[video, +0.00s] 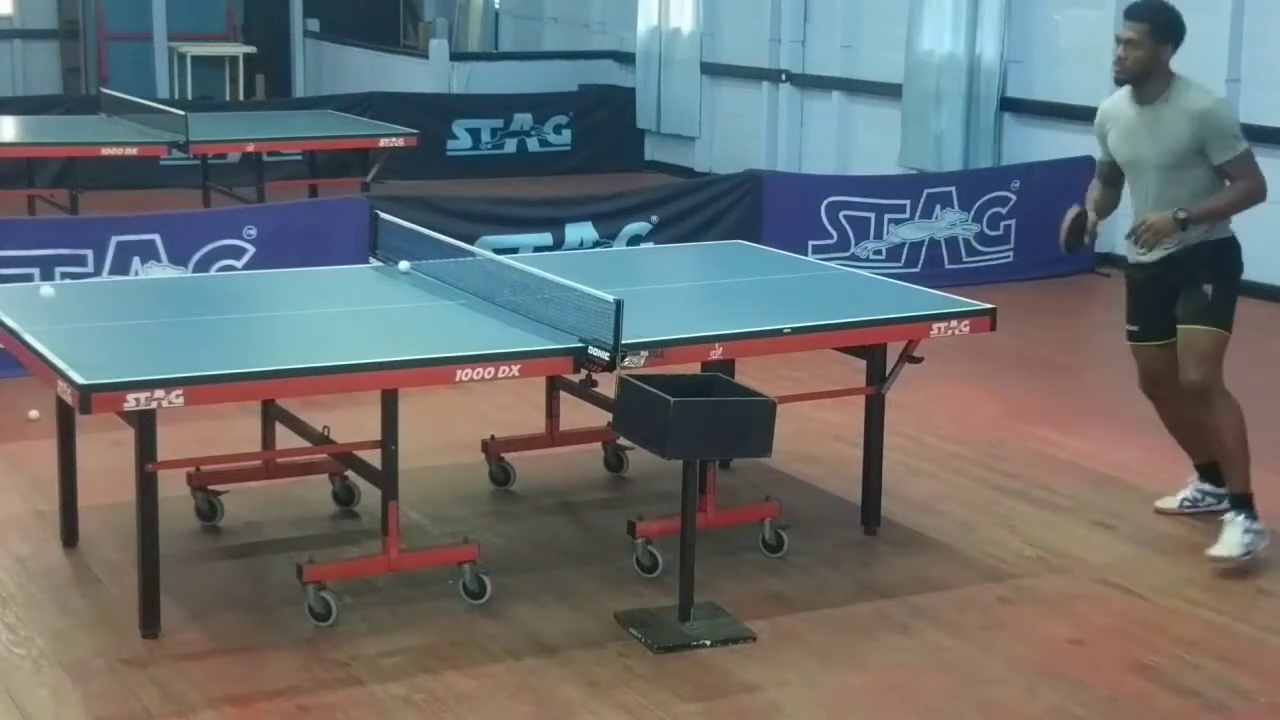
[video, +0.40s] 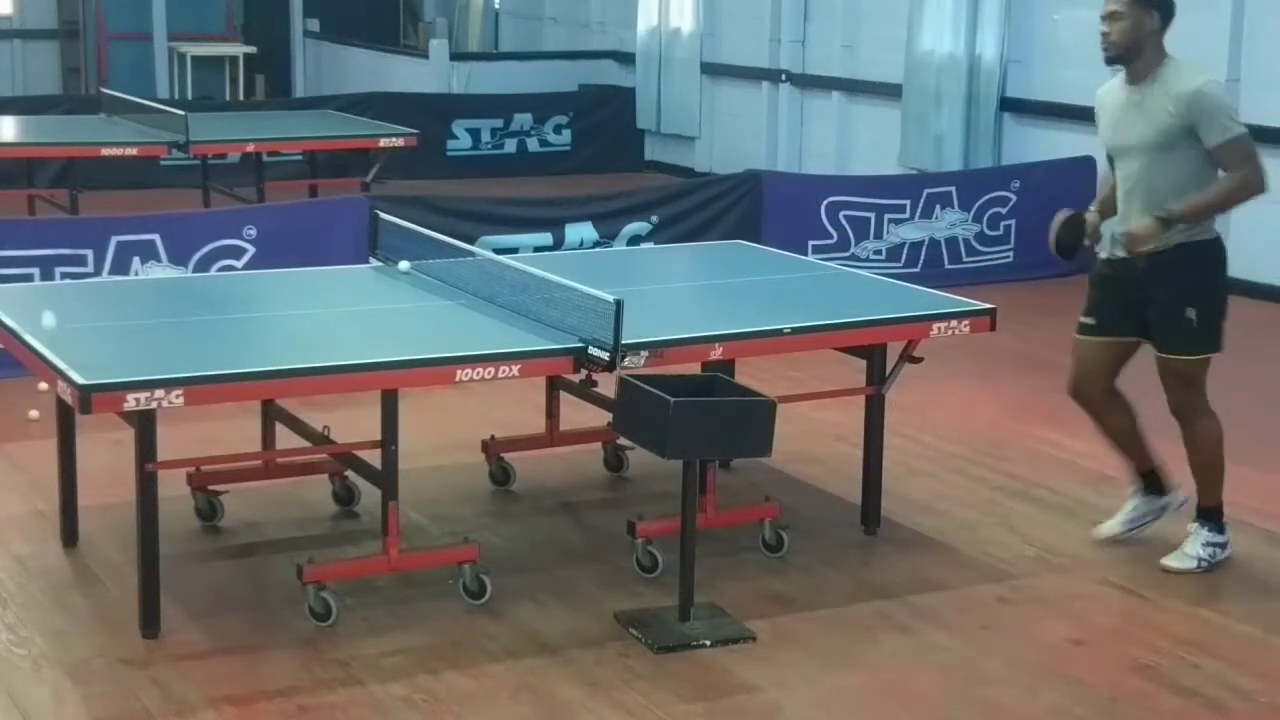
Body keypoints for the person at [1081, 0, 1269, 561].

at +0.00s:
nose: (1119, 53)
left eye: (1132, 45)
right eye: (1118, 42)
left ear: (1165, 52)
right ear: (1119, 46)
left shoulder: (1203, 109)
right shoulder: (1111, 113)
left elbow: (1252, 187)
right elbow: (1108, 182)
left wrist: (1180, 217)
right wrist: (1090, 211)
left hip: (1206, 259)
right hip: (1146, 266)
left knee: (1198, 379)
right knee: (1157, 382)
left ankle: (1245, 516)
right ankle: (1213, 484)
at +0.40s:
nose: (1105, 29)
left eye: (1117, 18)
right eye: (1103, 19)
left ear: (1155, 23)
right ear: (1110, 27)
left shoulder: (1196, 92)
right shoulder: (1108, 96)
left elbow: (1250, 177)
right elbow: (1121, 175)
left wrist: (1167, 219)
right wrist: (1092, 215)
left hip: (1186, 264)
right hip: (1122, 263)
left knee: (1187, 398)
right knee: (1088, 384)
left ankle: (1211, 529)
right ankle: (1155, 489)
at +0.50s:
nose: (1085, 24)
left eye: (1096, 14)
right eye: (1086, 15)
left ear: (1134, 19)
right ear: (1116, 22)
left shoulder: (1174, 85)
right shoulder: (1100, 89)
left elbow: (1214, 176)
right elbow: (1117, 172)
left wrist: (1122, 210)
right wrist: (1078, 211)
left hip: (1173, 261)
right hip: (1112, 261)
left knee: (1184, 392)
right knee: (1073, 383)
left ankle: (1207, 524)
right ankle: (1092, 522)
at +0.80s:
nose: (1024, 33)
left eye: (1034, 21)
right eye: (1026, 22)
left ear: (1069, 28)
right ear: (1053, 30)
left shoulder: (1105, 96)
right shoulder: (1052, 99)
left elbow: (1120, 197)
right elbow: (1063, 194)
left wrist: (1027, 218)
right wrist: (1014, 223)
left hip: (1099, 276)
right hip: (1044, 273)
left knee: (1099, 417)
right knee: (1023, 404)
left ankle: (1170, 499)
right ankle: (1038, 548)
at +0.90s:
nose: (999, 32)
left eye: (1009, 20)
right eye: (1001, 21)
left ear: (1044, 25)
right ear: (1034, 27)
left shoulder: (1079, 95)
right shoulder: (1031, 98)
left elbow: (1101, 195)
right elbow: (1040, 191)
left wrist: (1011, 218)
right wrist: (992, 216)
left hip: (1070, 270)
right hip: (1026, 268)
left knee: (1037, 410)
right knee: (1017, 408)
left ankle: (1119, 501)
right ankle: (1038, 547)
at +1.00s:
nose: (964, 35)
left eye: (973, 22)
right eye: (965, 22)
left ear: (1008, 26)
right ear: (1003, 28)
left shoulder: (1041, 97)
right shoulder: (1007, 97)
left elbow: (1069, 196)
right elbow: (1019, 188)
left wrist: (976, 225)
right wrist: (956, 202)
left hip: (1037, 267)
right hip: (1020, 264)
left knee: (982, 409)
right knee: (1020, 411)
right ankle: (1038, 546)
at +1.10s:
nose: (931, 45)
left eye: (941, 32)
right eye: (932, 33)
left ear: (979, 34)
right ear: (971, 36)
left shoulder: (1005, 104)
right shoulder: (990, 101)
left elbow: (1029, 209)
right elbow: (994, 194)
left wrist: (940, 237)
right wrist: (928, 206)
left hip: (1009, 278)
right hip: (1013, 273)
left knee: (959, 425)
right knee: (1013, 415)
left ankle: (935, 576)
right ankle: (1040, 549)